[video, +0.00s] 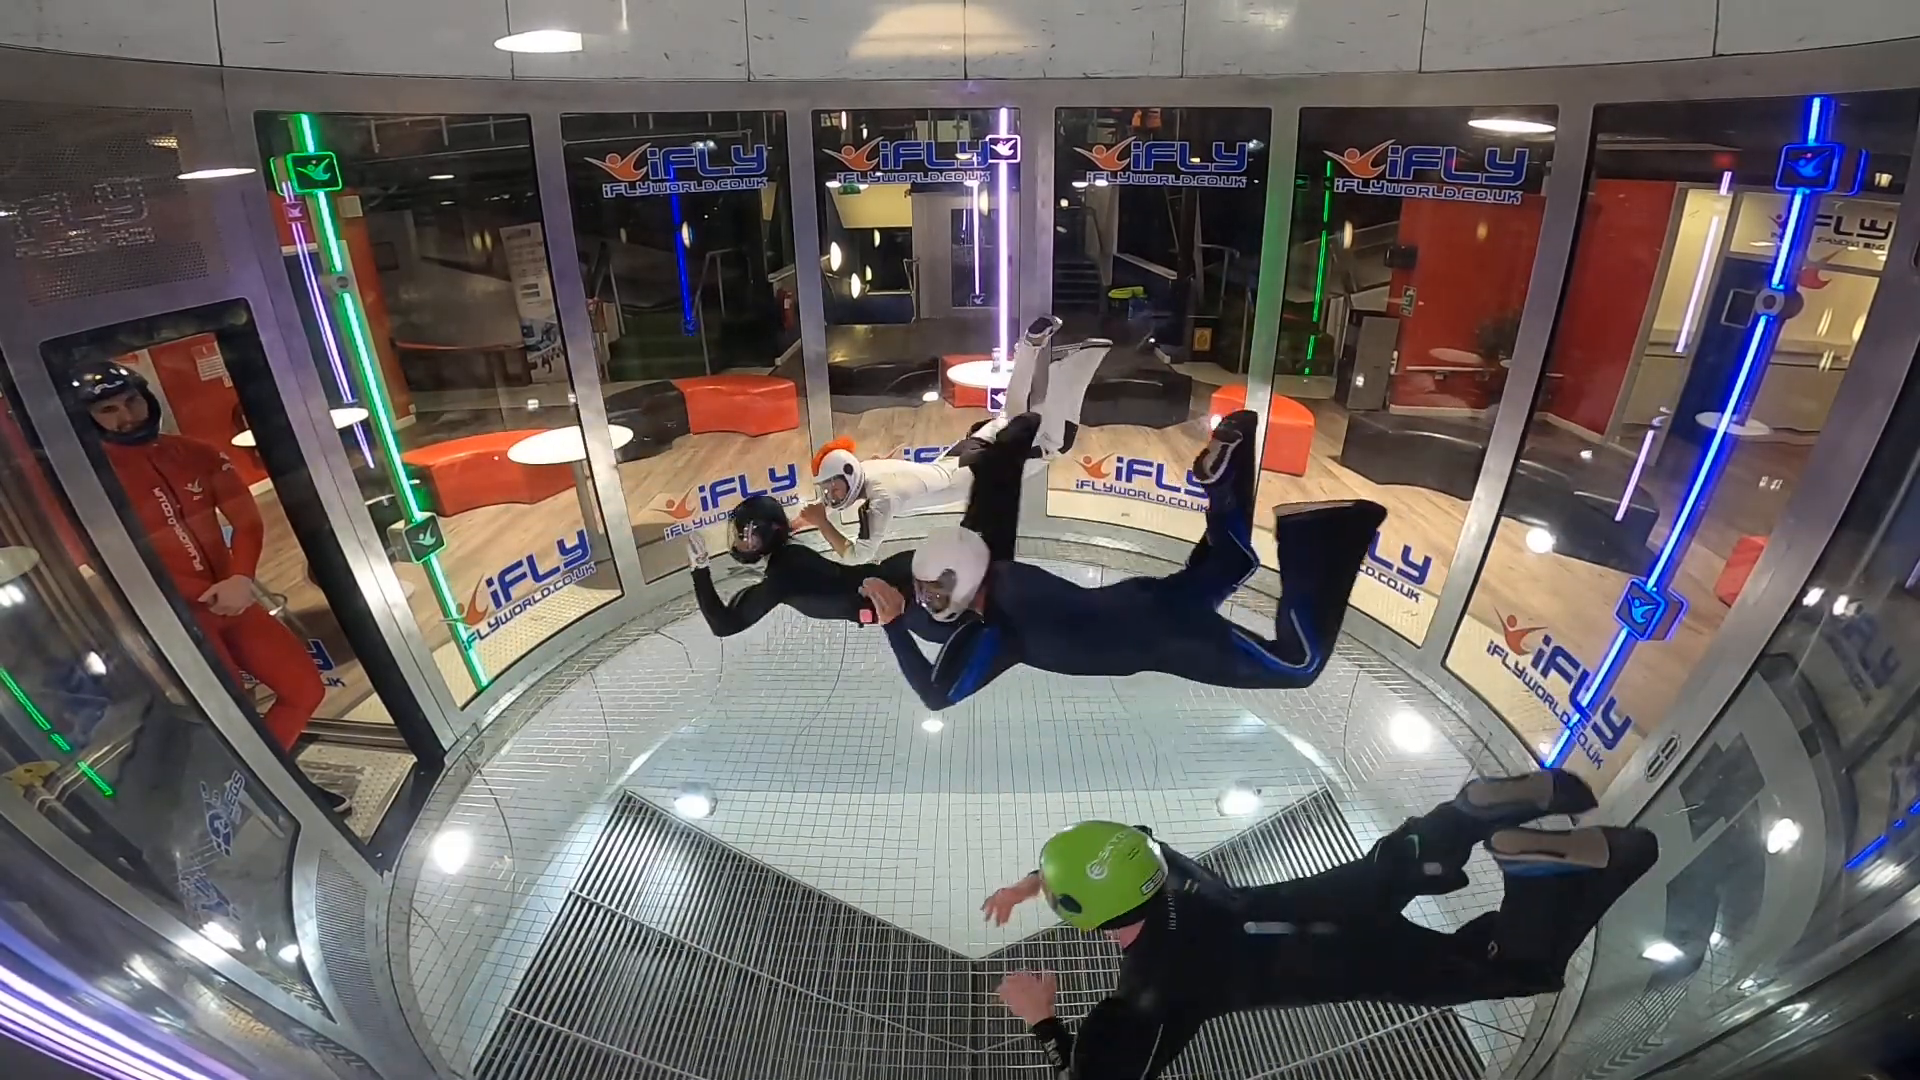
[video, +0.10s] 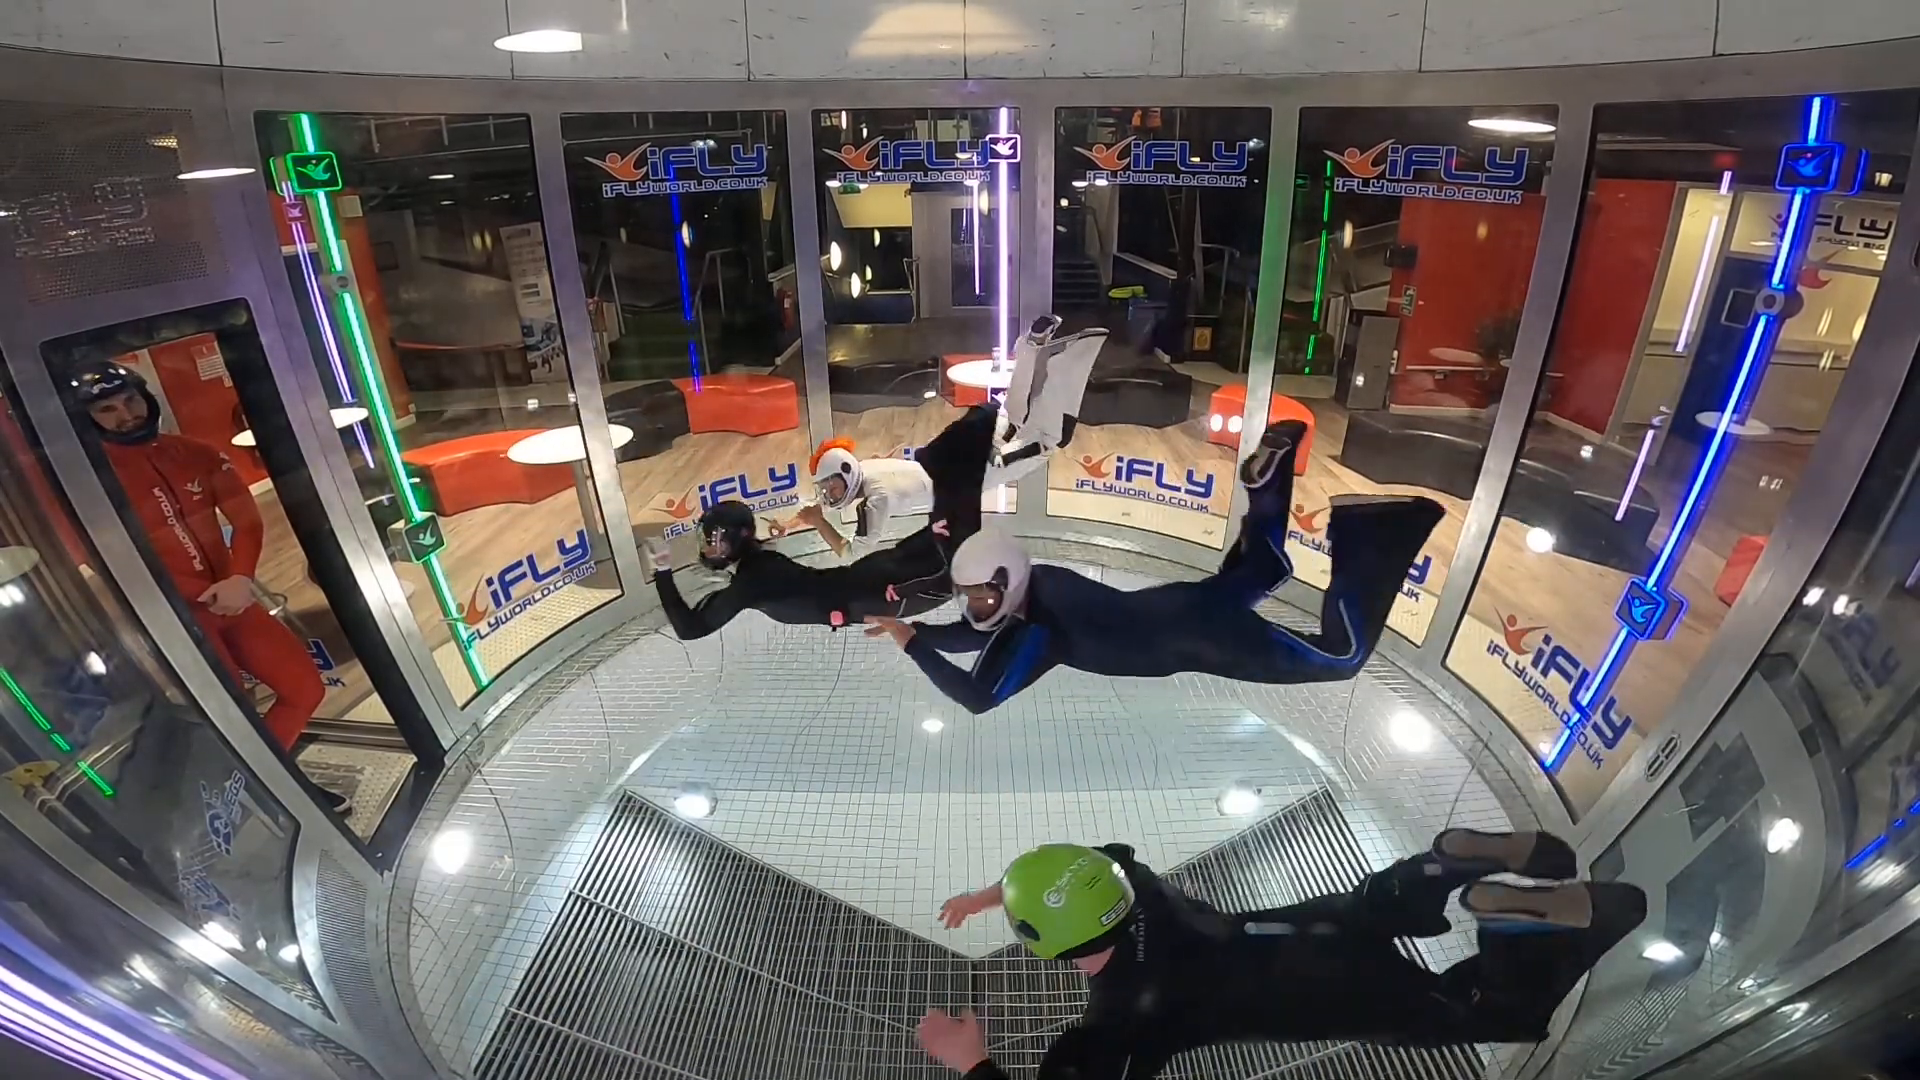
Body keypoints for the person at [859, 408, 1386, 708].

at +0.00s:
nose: (930, 604)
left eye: (935, 595)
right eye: (929, 596)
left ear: (960, 599)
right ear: (970, 573)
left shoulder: (996, 629)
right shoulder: (995, 575)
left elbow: (937, 694)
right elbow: (935, 627)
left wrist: (891, 628)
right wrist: (899, 604)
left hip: (1170, 638)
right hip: (1154, 598)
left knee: (1300, 665)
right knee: (1228, 557)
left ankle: (1316, 544)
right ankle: (1229, 469)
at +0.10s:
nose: (973, 606)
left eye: (978, 594)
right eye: (968, 595)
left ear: (1005, 584)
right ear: (999, 576)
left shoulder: (1037, 622)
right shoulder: (1031, 589)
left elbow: (979, 694)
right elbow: (977, 646)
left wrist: (910, 647)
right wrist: (913, 629)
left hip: (1206, 635)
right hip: (1183, 606)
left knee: (1342, 653)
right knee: (1256, 569)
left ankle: (1359, 533)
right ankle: (1270, 479)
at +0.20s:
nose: (1006, 606)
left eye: (1014, 596)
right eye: (1003, 597)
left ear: (1045, 587)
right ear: (1024, 584)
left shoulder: (1075, 623)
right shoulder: (1053, 583)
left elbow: (1022, 693)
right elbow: (1004, 642)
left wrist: (953, 651)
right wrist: (953, 635)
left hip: (1243, 640)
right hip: (1216, 610)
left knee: (1378, 655)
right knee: (1284, 583)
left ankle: (1403, 534)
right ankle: (1313, 502)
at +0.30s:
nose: (1043, 604)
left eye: (1056, 592)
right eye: (1037, 593)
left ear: (1086, 579)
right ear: (1034, 581)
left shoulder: (1110, 621)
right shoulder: (1077, 579)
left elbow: (1058, 691)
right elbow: (1042, 633)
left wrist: (1002, 631)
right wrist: (1002, 619)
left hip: (1263, 644)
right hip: (1235, 614)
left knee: (1409, 659)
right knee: (1310, 589)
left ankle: (1434, 541)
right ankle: (1351, 512)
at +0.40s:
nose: (1071, 583)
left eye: (1082, 571)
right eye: (1067, 572)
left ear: (1107, 570)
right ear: (1069, 572)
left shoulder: (1131, 614)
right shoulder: (1114, 582)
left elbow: (1085, 681)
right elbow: (1079, 606)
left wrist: (1046, 613)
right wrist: (1043, 624)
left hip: (1296, 646)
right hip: (1275, 618)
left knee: (1425, 664)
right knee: (1340, 589)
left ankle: (1460, 548)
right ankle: (1380, 511)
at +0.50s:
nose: (1089, 574)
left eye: (1100, 562)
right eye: (1084, 563)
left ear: (1129, 563)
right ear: (1086, 563)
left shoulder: (1153, 603)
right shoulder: (1129, 580)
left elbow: (1107, 674)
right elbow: (1093, 602)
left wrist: (1063, 619)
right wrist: (1055, 611)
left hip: (1315, 647)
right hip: (1293, 621)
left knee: (1445, 671)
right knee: (1355, 590)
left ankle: (1471, 556)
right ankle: (1392, 512)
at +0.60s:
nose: (1101, 572)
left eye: (1110, 561)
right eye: (1095, 562)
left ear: (1139, 559)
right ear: (1098, 559)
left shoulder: (1163, 598)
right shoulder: (1144, 571)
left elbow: (1113, 667)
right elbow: (1102, 604)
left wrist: (1074, 609)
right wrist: (1065, 593)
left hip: (1320, 645)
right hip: (1301, 616)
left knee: (1447, 670)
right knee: (1372, 590)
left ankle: (1476, 559)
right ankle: (1399, 513)